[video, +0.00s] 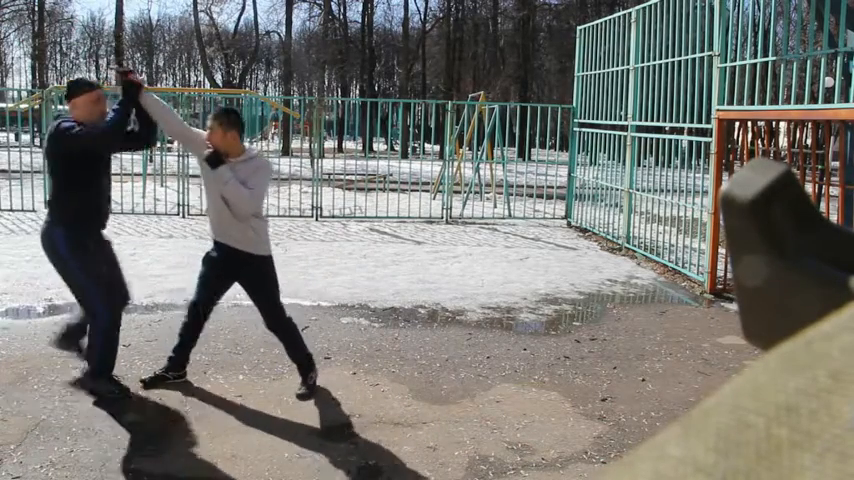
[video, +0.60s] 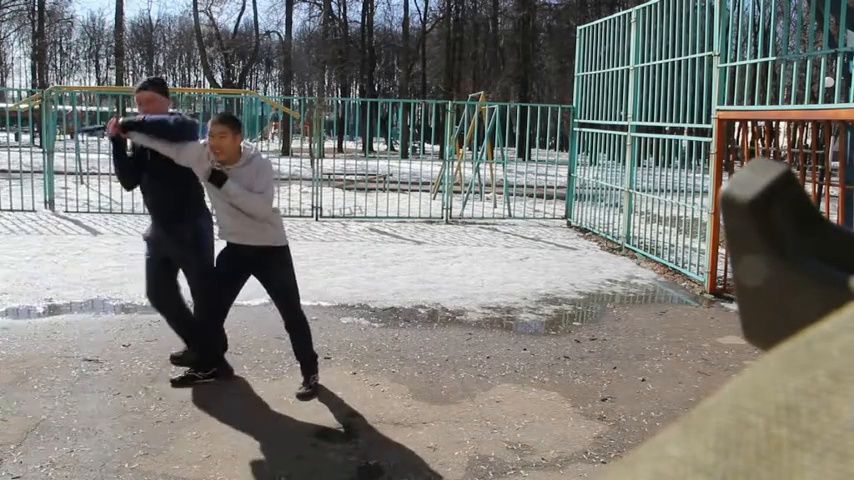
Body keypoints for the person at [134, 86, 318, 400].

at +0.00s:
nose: (208, 135)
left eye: (213, 130)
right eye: (209, 130)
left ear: (231, 134)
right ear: (223, 133)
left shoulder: (259, 166)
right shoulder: (209, 152)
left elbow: (246, 208)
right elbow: (173, 124)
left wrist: (219, 169)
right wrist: (139, 92)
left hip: (255, 258)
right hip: (221, 253)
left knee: (276, 320)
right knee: (197, 311)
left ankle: (308, 371)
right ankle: (175, 368)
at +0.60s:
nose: (213, 142)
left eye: (220, 136)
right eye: (210, 136)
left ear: (238, 137)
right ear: (207, 137)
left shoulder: (259, 165)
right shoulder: (203, 156)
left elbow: (262, 208)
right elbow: (167, 147)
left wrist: (226, 184)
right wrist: (128, 131)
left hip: (271, 250)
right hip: (236, 249)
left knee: (292, 313)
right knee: (209, 308)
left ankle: (310, 374)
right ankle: (207, 366)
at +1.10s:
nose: (204, 179)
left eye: (209, 172)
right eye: (198, 173)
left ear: (221, 166)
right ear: (191, 173)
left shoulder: (246, 177)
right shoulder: (184, 185)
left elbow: (258, 218)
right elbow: (166, 173)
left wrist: (218, 207)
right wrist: (152, 151)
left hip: (268, 246)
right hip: (231, 250)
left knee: (291, 309)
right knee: (211, 308)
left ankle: (309, 372)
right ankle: (207, 364)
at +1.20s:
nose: (206, 192)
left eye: (212, 185)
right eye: (199, 187)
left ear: (224, 178)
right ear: (191, 184)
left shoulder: (247, 181)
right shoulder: (185, 195)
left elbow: (264, 221)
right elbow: (170, 180)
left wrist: (222, 215)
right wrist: (162, 153)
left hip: (270, 245)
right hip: (231, 251)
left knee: (292, 308)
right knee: (212, 309)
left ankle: (309, 372)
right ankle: (203, 369)